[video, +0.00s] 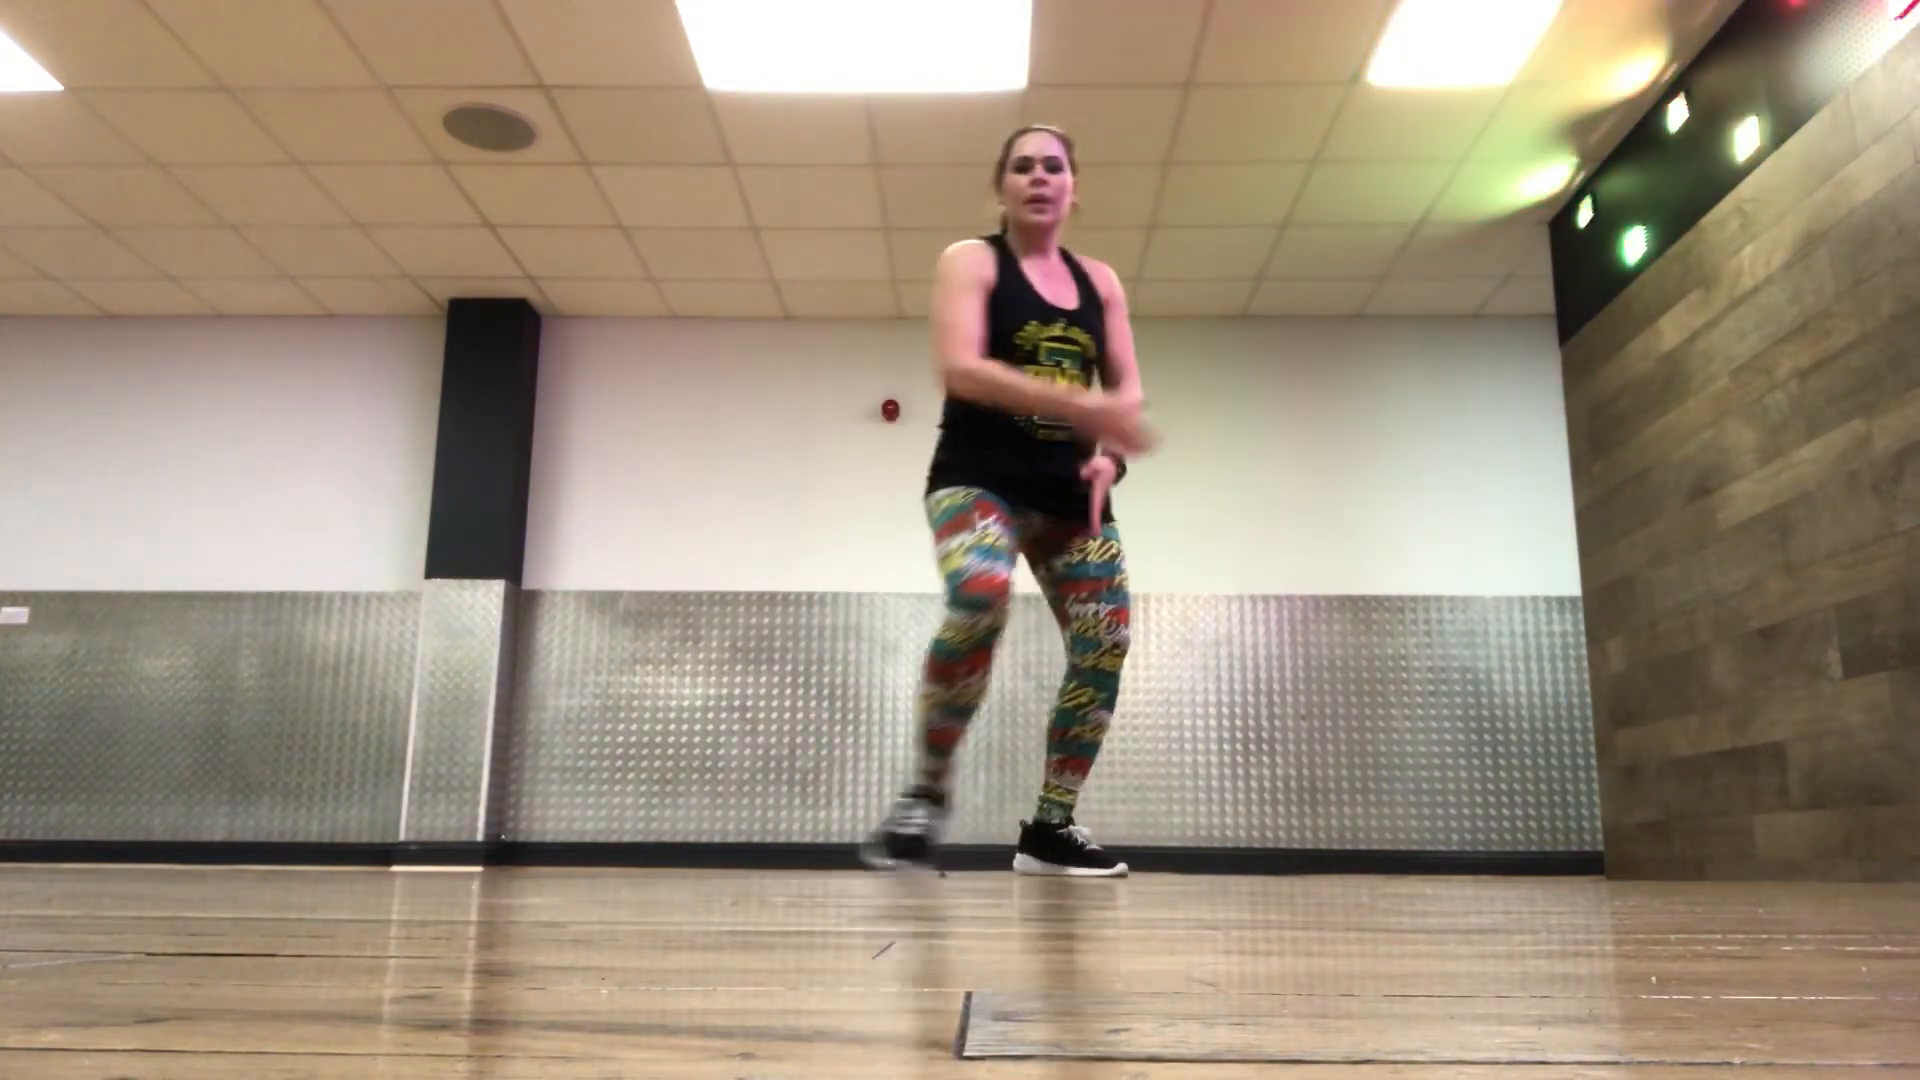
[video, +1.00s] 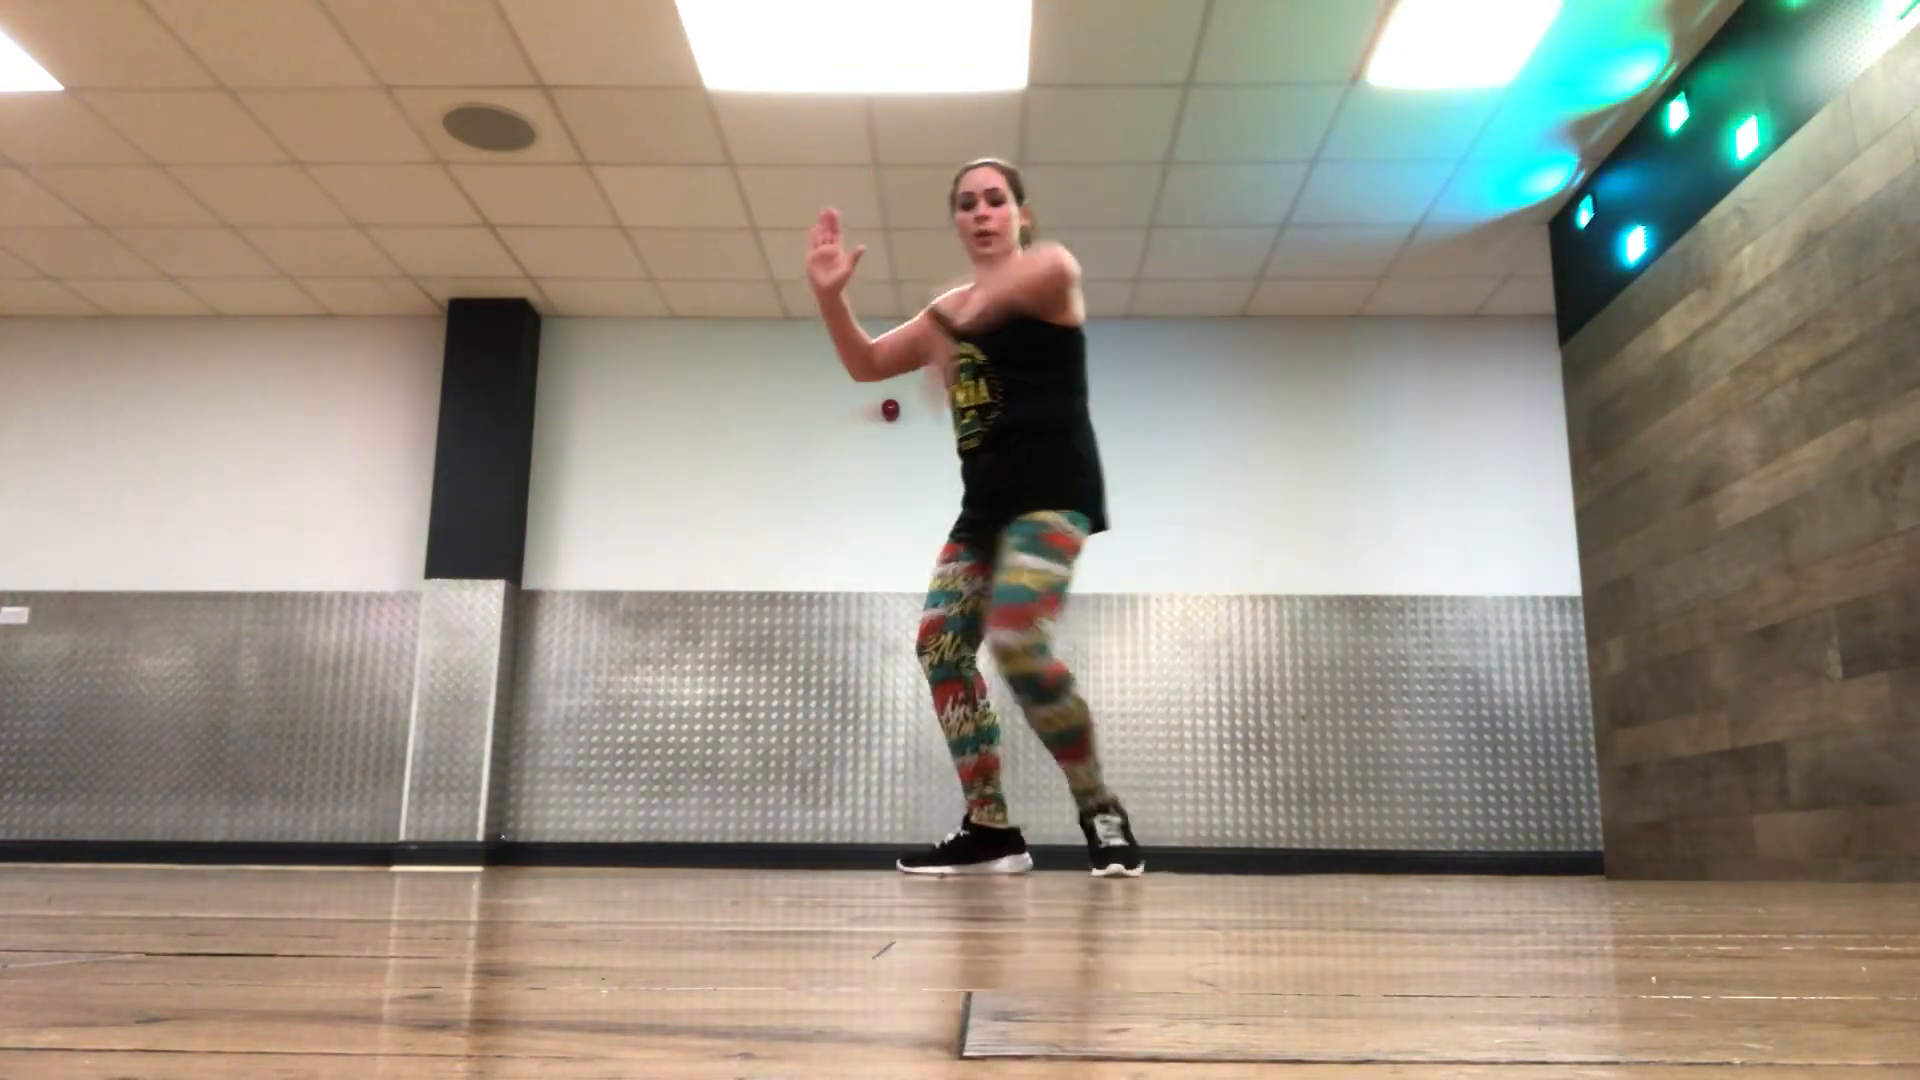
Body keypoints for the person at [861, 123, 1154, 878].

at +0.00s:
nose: (1040, 178)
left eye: (1053, 168)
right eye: (1025, 168)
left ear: (1074, 188)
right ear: (1000, 187)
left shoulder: (1099, 281)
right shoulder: (970, 263)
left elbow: (1126, 391)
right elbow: (958, 370)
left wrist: (1108, 452)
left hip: (1067, 490)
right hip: (975, 478)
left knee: (1103, 635)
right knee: (981, 596)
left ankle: (1051, 824)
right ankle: (925, 797)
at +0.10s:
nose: (1058, 175)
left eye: (1071, 165)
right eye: (1043, 165)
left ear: (1092, 185)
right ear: (1018, 184)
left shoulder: (1116, 279)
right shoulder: (990, 258)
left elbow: (1136, 389)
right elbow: (1025, 356)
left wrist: (1105, 433)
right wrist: (1150, 394)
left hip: (1081, 480)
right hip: (990, 473)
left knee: (1107, 635)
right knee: (1016, 584)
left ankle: (1052, 823)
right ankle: (1015, 799)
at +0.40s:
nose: (1074, 180)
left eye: (1087, 169)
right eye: (1058, 170)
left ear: (1108, 188)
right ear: (1036, 190)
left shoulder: (1142, 281)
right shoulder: (1005, 265)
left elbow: (1166, 390)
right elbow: (1001, 365)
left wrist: (1124, 442)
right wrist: (1120, 384)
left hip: (1122, 492)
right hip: (1024, 488)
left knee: (1148, 651)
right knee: (1081, 611)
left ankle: (1111, 804)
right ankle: (1124, 806)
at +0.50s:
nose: (1071, 181)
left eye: (1084, 170)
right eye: (1056, 172)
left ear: (1106, 189)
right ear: (1034, 193)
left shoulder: (1148, 277)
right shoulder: (997, 273)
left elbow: (1183, 388)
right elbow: (947, 368)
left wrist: (1141, 467)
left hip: (1119, 491)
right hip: (1023, 490)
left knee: (1120, 655)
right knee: (1052, 615)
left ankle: (1104, 816)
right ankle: (1108, 804)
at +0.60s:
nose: (1059, 181)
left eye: (1072, 170)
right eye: (1043, 172)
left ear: (1095, 188)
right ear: (1023, 193)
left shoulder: (1139, 271)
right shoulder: (993, 273)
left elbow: (1193, 376)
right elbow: (912, 339)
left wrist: (1150, 469)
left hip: (1117, 493)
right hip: (1023, 493)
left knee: (1108, 651)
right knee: (992, 591)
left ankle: (1101, 821)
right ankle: (1055, 793)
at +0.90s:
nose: (1002, 204)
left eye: (1016, 192)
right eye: (988, 196)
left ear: (1041, 209)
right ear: (972, 216)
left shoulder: (1069, 275)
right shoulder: (961, 302)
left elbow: (1122, 336)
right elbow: (873, 353)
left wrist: (1042, 422)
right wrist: (840, 281)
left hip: (1077, 503)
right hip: (1002, 512)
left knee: (1060, 650)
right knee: (951, 643)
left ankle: (1097, 828)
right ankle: (991, 829)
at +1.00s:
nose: (981, 211)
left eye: (995, 199)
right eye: (968, 204)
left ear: (1022, 214)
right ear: (954, 223)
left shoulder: (1050, 266)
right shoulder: (949, 307)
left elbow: (1000, 295)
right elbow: (867, 362)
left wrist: (954, 316)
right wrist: (830, 296)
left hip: (1053, 494)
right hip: (985, 505)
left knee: (1016, 640)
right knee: (943, 646)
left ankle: (1099, 812)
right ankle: (990, 829)